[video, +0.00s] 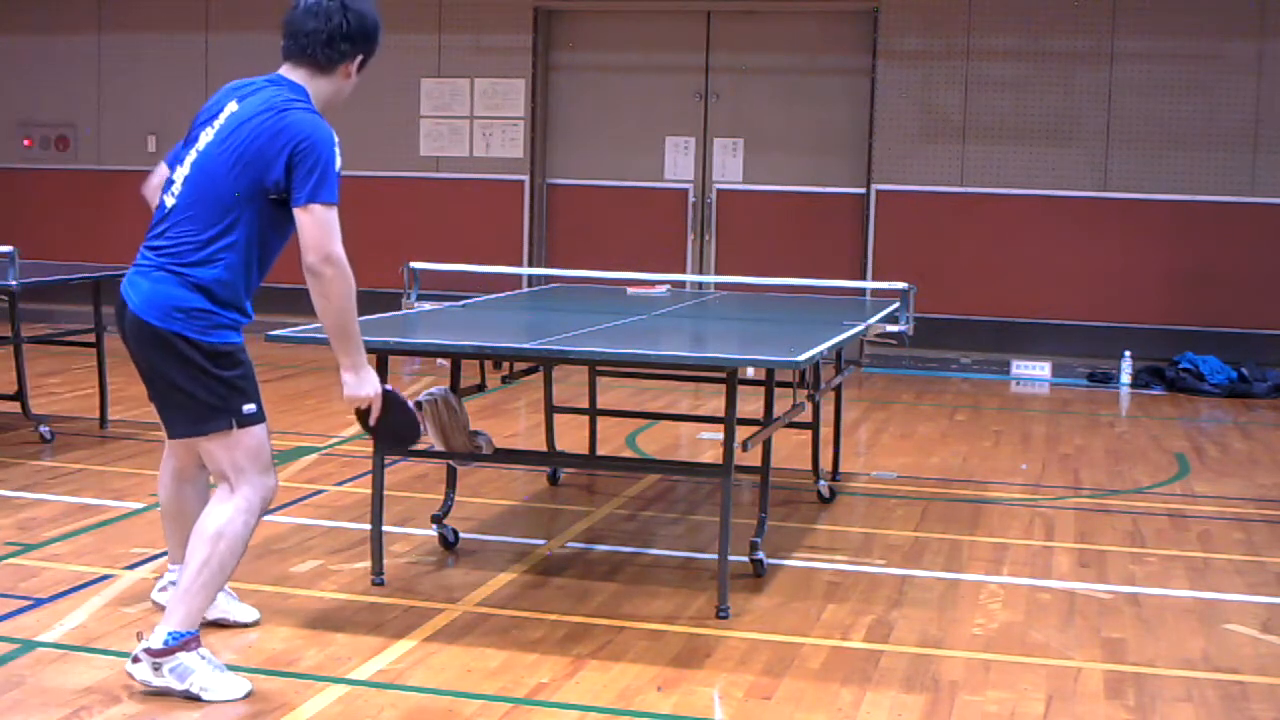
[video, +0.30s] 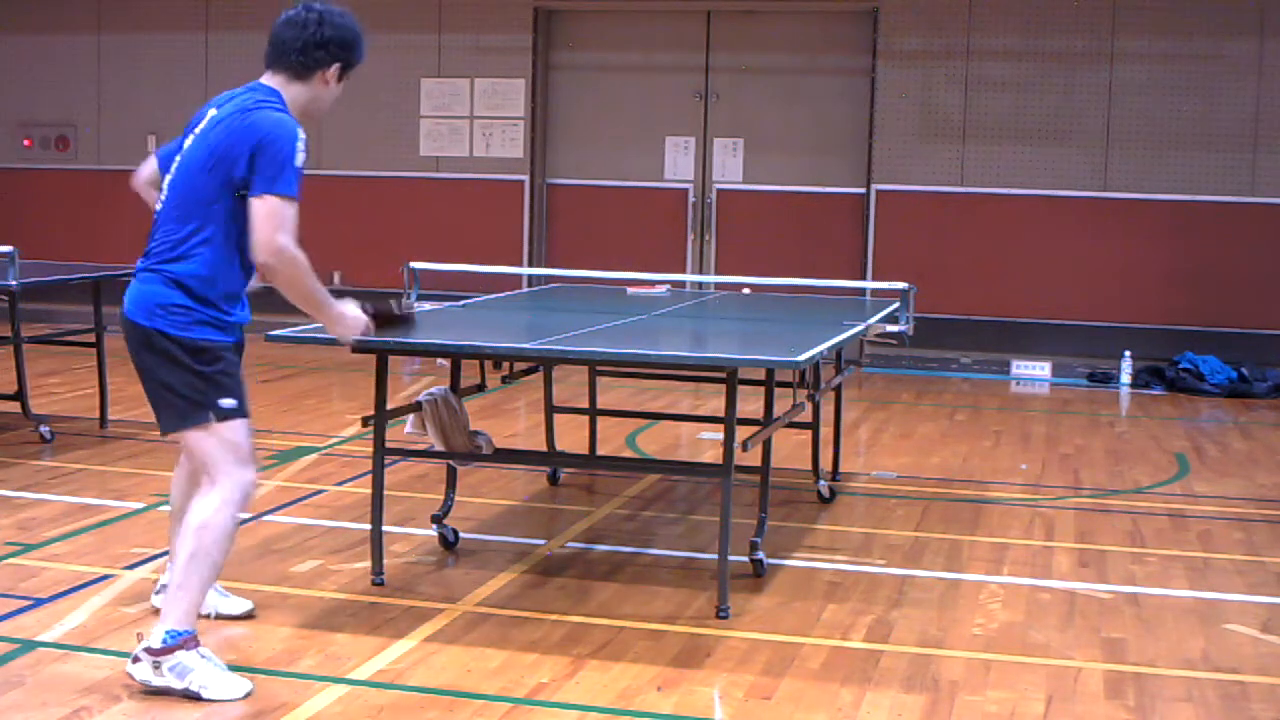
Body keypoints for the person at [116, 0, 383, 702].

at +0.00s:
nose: (360, 81)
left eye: (364, 69)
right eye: (364, 68)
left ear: (290, 45)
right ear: (353, 63)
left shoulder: (235, 95)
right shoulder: (309, 132)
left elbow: (158, 187)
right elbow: (322, 259)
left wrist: (208, 249)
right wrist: (355, 368)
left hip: (147, 300)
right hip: (192, 317)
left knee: (186, 451)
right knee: (251, 483)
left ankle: (184, 579)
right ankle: (169, 646)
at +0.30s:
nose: (339, 93)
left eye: (343, 81)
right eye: (343, 80)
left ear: (279, 57)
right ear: (326, 71)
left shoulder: (224, 105)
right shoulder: (277, 127)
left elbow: (146, 176)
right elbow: (272, 251)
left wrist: (206, 236)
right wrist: (335, 315)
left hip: (159, 309)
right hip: (188, 319)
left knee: (200, 456)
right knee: (232, 477)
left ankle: (182, 580)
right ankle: (169, 643)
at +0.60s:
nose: (334, 93)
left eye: (339, 79)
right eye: (333, 76)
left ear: (300, 68)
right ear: (297, 64)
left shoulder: (268, 134)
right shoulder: (229, 109)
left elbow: (264, 226)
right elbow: (200, 215)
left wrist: (335, 235)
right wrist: (292, 251)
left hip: (202, 302)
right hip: (141, 293)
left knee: (211, 447)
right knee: (141, 445)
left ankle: (183, 582)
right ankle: (76, 606)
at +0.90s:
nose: (318, 89)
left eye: (323, 77)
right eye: (311, 73)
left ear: (291, 72)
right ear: (267, 62)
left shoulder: (277, 145)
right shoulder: (202, 113)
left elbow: (291, 236)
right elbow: (192, 221)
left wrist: (370, 227)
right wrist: (289, 240)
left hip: (187, 297)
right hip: (116, 285)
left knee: (203, 438)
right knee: (75, 433)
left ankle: (182, 580)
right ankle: (8, 575)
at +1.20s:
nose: (310, 94)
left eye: (313, 81)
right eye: (300, 79)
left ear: (273, 79)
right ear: (256, 74)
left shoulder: (279, 148)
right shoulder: (189, 122)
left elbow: (298, 242)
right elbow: (196, 232)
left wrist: (363, 239)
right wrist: (294, 242)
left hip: (178, 296)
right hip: (104, 285)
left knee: (192, 433)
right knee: (57, 431)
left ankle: (181, 580)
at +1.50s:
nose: (281, 85)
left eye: (282, 71)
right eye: (269, 70)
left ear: (241, 76)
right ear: (225, 73)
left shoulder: (261, 141)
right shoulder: (165, 125)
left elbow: (324, 208)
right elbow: (192, 229)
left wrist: (392, 245)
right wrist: (290, 209)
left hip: (161, 303)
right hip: (90, 295)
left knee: (192, 435)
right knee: (38, 444)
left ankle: (179, 578)